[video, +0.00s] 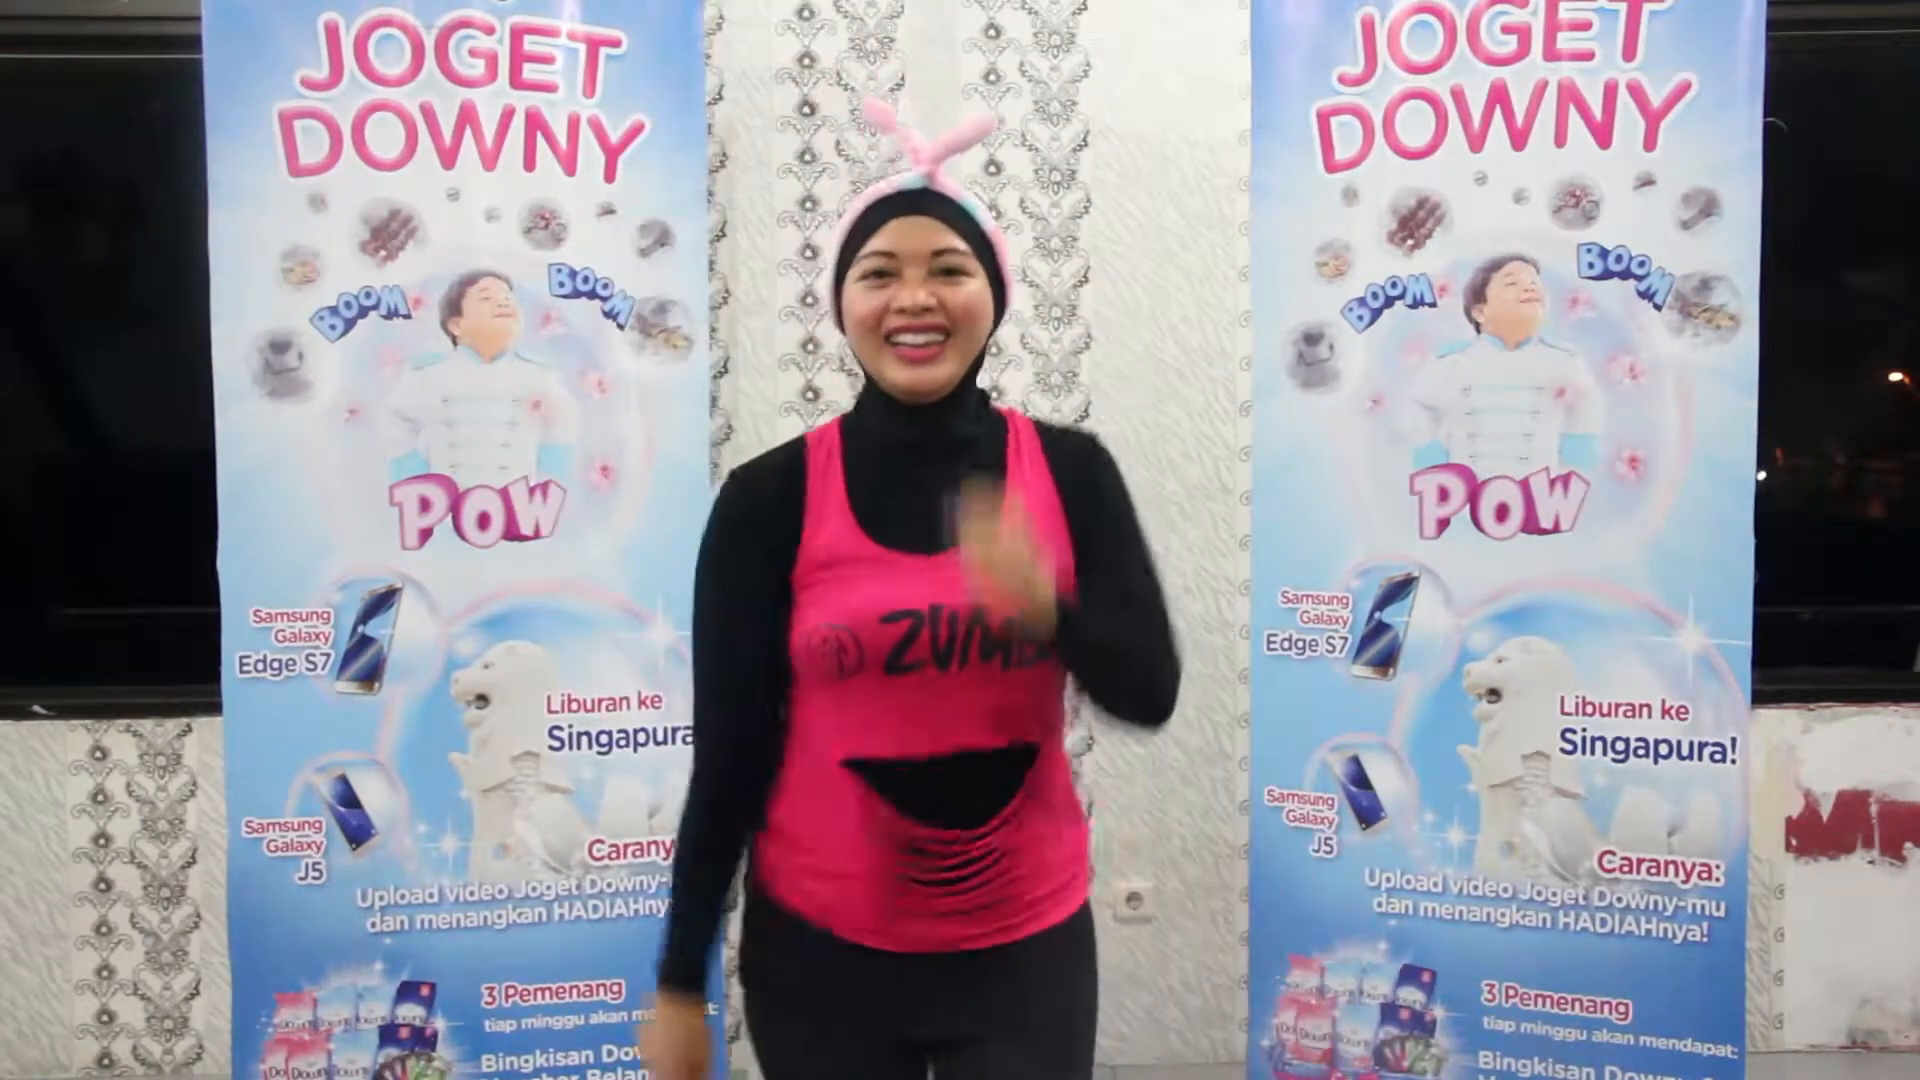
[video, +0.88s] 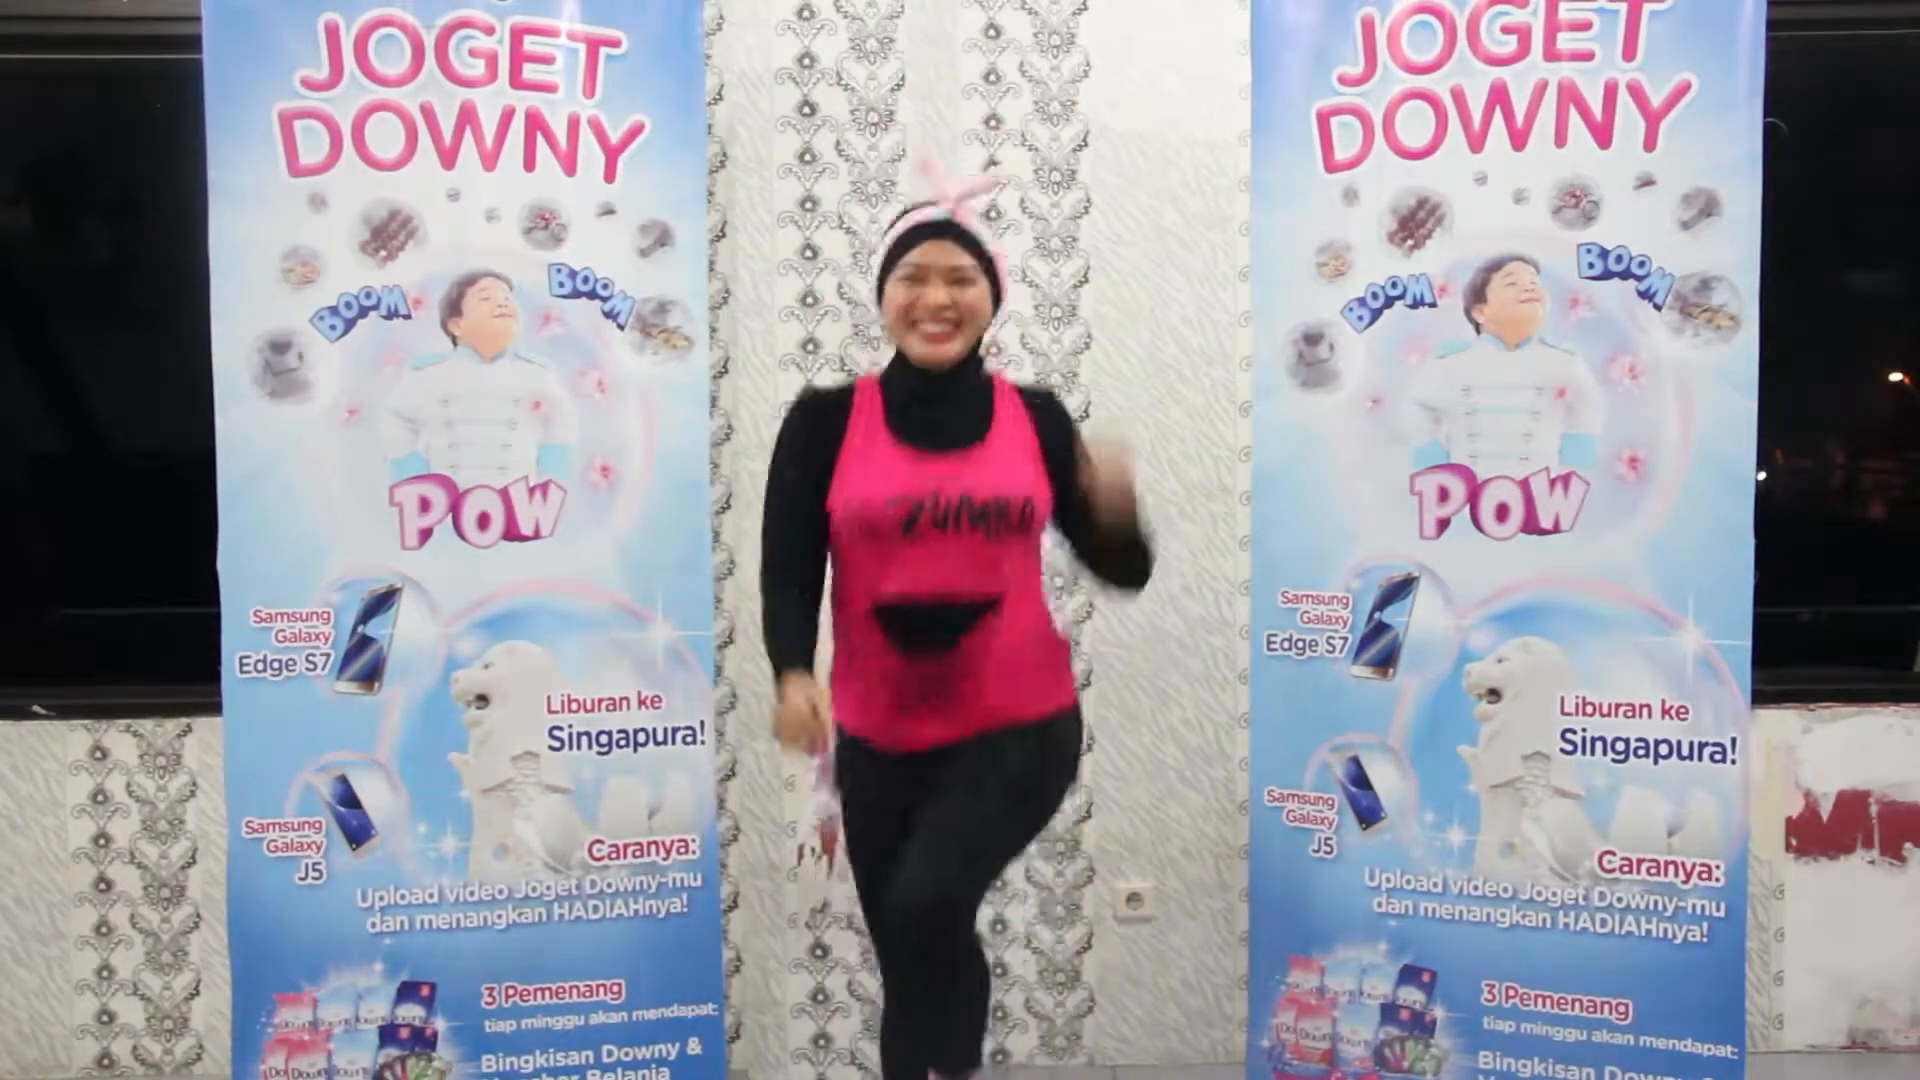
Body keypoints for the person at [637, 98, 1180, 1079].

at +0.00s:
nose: (915, 296)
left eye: (948, 268)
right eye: (879, 273)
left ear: (994, 300)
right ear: (842, 309)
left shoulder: (1067, 471)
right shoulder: (768, 499)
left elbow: (1149, 693)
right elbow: (733, 751)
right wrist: (681, 982)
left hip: (1023, 946)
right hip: (822, 950)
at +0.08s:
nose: (915, 303)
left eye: (945, 276)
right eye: (882, 281)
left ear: (992, 307)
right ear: (846, 317)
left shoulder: (1069, 459)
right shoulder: (782, 501)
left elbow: (1162, 643)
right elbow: (727, 701)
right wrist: (677, 891)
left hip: (1032, 932)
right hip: (836, 930)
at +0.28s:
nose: (927, 357)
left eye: (957, 332)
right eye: (899, 337)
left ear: (1005, 362)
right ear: (870, 370)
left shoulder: (1071, 503)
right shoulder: (835, 511)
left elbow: (1135, 644)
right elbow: (798, 643)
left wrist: (1067, 475)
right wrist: (737, 776)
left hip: (1048, 892)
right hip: (876, 887)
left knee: (1048, 1066)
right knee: (846, 1064)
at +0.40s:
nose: (923, 318)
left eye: (952, 294)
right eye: (898, 297)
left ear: (997, 315)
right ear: (870, 323)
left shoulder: (1068, 455)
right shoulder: (838, 463)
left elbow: (1109, 605)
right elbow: (802, 599)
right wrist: (761, 733)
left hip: (1043, 832)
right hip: (877, 827)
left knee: (1034, 1065)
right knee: (853, 1064)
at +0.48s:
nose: (922, 308)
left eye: (949, 284)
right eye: (896, 287)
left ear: (992, 304)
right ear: (867, 310)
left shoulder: (1057, 440)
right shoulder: (834, 443)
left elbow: (1094, 629)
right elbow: (799, 586)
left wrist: (1097, 795)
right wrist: (771, 699)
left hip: (1028, 818)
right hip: (869, 815)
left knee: (1034, 1065)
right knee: (868, 1063)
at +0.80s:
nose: (923, 342)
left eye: (946, 322)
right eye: (901, 324)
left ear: (981, 346)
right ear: (872, 350)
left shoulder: (1036, 471)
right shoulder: (822, 481)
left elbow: (1098, 615)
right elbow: (785, 655)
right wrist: (771, 649)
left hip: (1012, 777)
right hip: (872, 789)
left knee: (924, 966)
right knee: (897, 1011)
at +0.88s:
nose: (936, 299)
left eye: (958, 280)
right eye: (915, 280)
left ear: (992, 300)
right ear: (883, 300)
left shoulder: (1034, 419)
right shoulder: (825, 419)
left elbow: (1125, 574)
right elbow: (789, 565)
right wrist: (793, 672)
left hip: (1017, 726)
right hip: (881, 735)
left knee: (922, 908)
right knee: (907, 957)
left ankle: (948, 1065)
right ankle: (917, 1072)